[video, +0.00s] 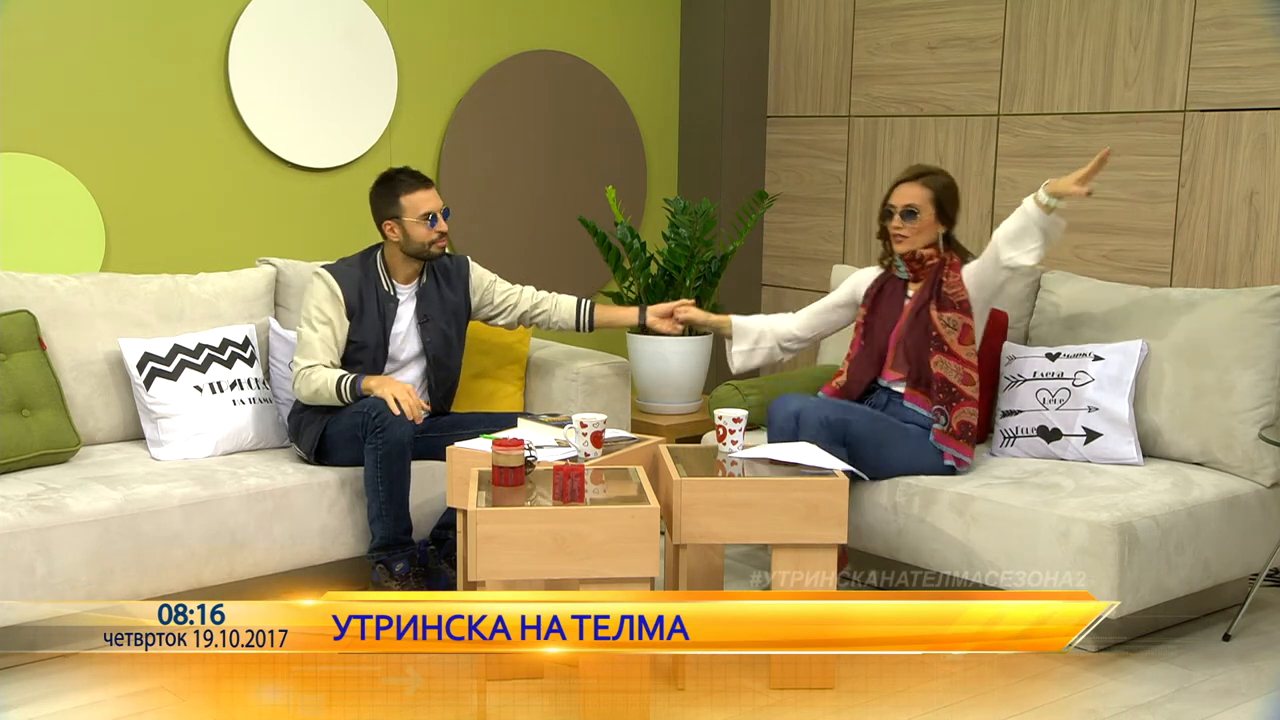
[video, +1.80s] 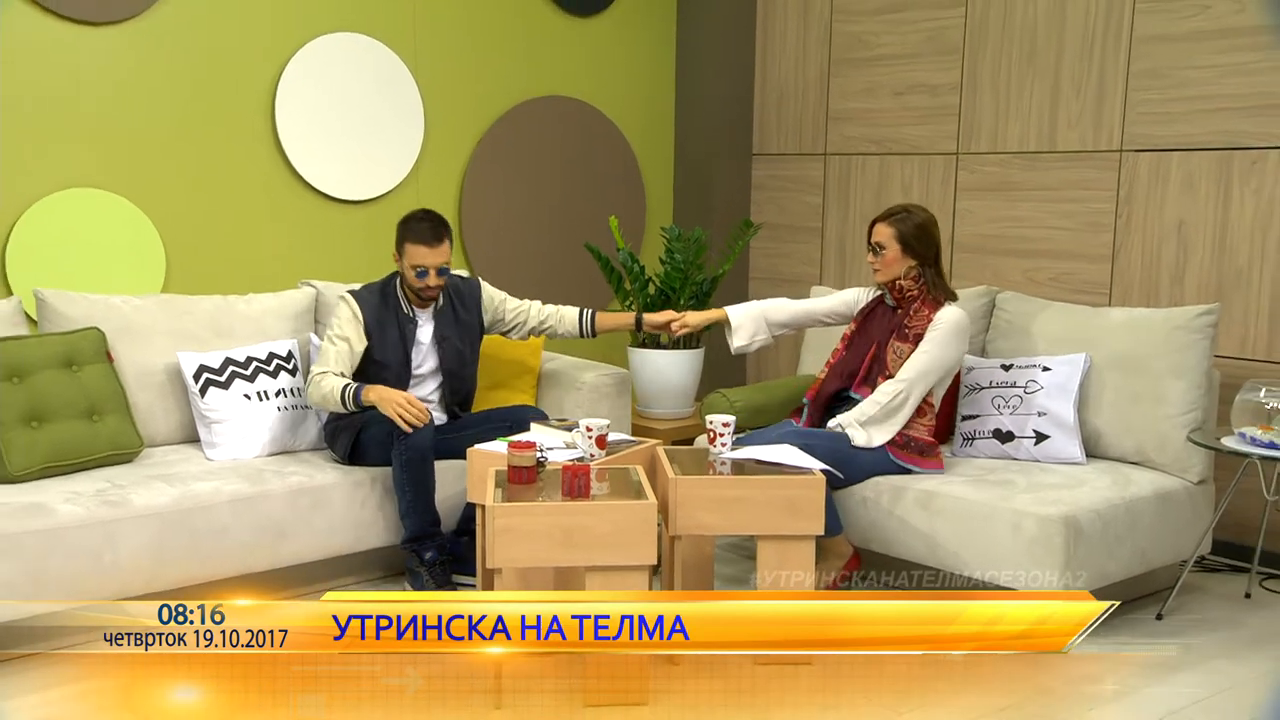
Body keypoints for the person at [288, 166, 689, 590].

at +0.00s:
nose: (443, 229)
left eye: (443, 216)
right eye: (428, 220)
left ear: (445, 216)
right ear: (389, 230)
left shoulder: (458, 276)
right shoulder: (336, 284)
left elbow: (539, 306)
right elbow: (308, 379)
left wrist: (641, 315)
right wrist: (370, 382)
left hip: (419, 420)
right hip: (333, 424)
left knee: (521, 431)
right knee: (390, 411)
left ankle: (441, 552)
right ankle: (392, 561)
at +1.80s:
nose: (431, 281)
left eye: (441, 270)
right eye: (420, 271)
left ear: (450, 259)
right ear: (398, 260)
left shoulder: (470, 295)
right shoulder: (361, 307)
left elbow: (544, 318)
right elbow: (318, 387)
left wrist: (638, 320)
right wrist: (371, 394)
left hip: (440, 426)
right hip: (367, 428)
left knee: (527, 420)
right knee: (411, 427)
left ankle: (464, 548)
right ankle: (425, 557)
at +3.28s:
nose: (457, 262)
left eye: (464, 253)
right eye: (445, 254)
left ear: (471, 258)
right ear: (424, 263)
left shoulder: (490, 302)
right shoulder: (392, 312)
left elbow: (559, 323)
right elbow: (360, 390)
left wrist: (643, 325)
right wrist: (396, 381)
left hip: (463, 419)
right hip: (393, 422)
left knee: (546, 416)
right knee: (443, 408)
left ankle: (483, 524)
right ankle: (442, 537)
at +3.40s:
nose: (456, 260)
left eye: (463, 251)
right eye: (444, 252)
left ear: (470, 257)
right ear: (424, 261)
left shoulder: (489, 301)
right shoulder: (394, 312)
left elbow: (556, 323)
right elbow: (382, 393)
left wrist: (642, 325)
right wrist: (416, 350)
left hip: (464, 418)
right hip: (394, 421)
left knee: (547, 415)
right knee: (444, 406)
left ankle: (485, 521)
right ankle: (443, 534)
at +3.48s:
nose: (455, 258)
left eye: (462, 250)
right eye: (443, 251)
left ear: (469, 255)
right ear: (424, 259)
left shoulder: (488, 299)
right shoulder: (398, 310)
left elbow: (555, 322)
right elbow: (410, 383)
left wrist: (642, 326)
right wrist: (433, 320)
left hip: (465, 416)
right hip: (398, 419)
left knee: (548, 415)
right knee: (446, 406)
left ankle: (486, 520)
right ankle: (445, 533)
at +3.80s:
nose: (465, 256)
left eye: (469, 248)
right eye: (452, 250)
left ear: (476, 256)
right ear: (431, 266)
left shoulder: (493, 296)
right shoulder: (411, 316)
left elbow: (558, 319)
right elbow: (457, 382)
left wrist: (643, 322)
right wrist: (464, 317)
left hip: (471, 412)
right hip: (409, 416)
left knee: (555, 414)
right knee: (474, 403)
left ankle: (488, 515)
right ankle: (451, 527)